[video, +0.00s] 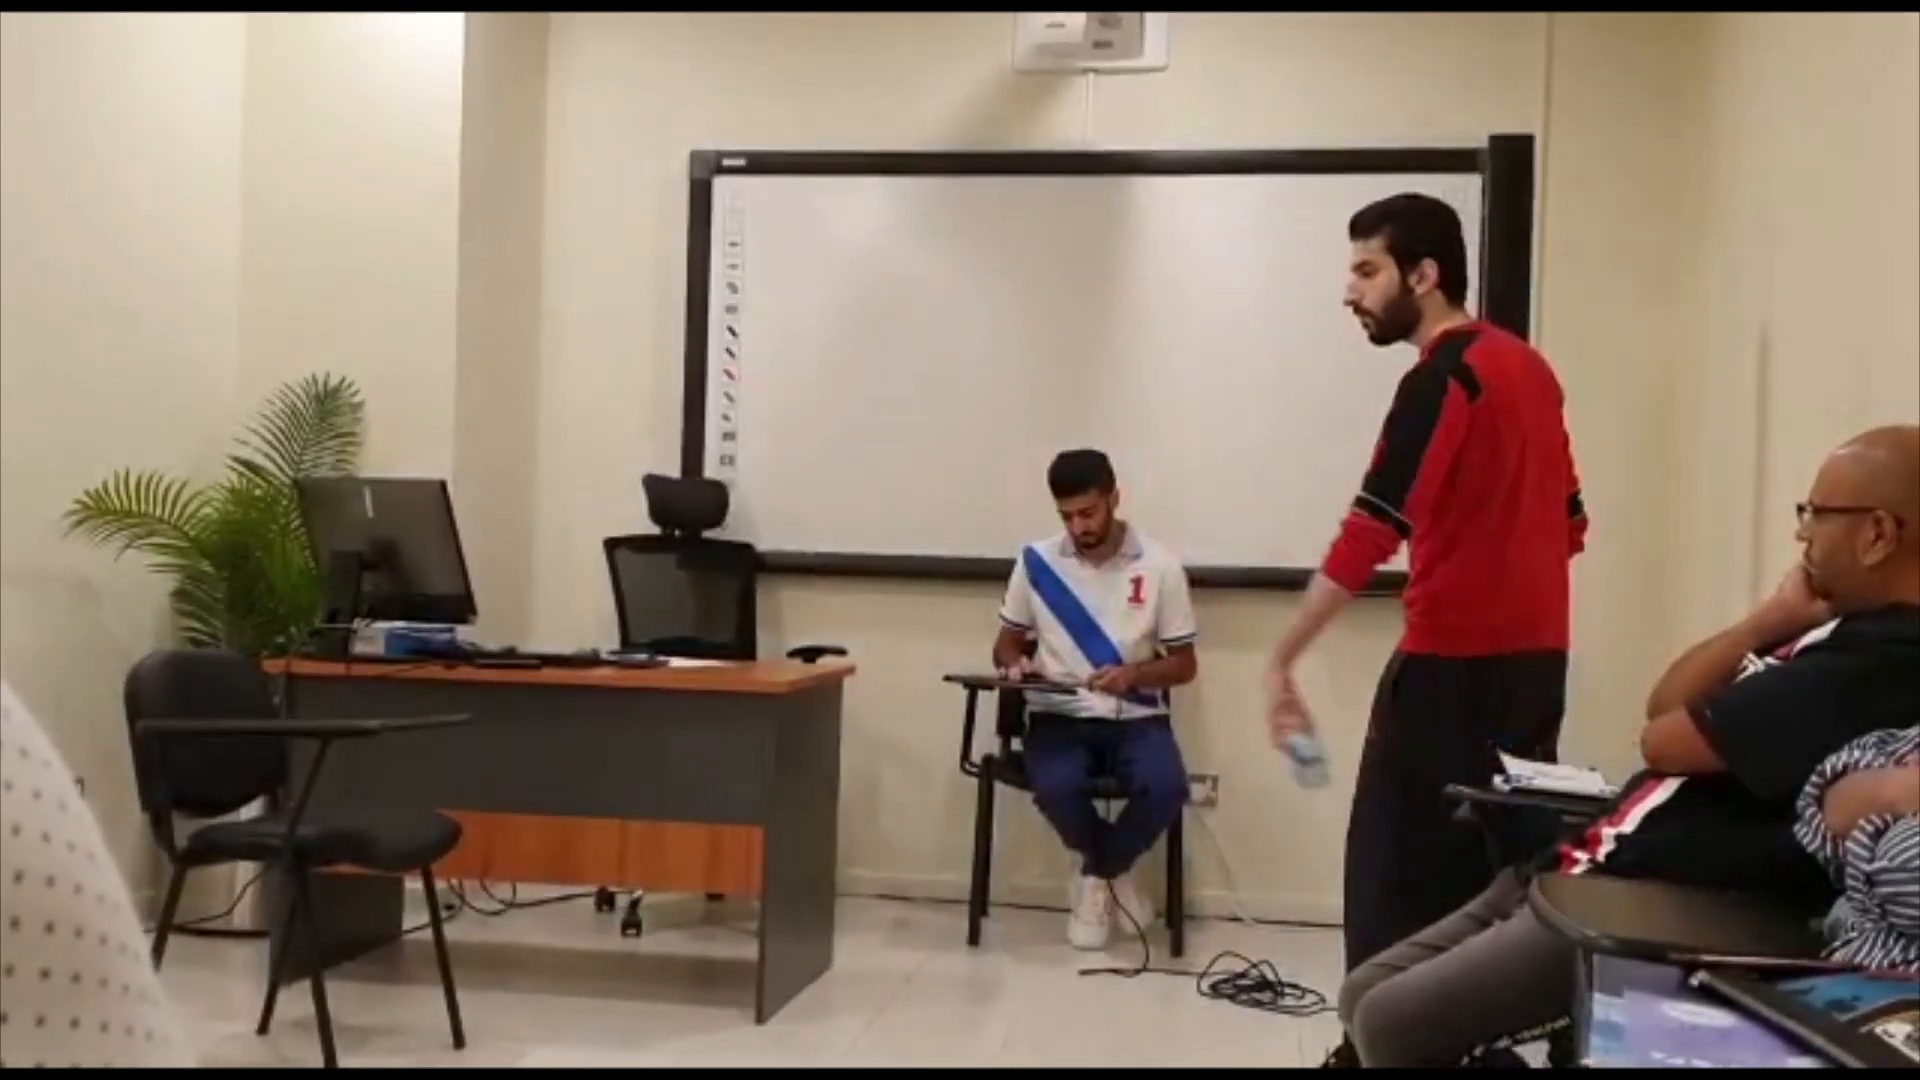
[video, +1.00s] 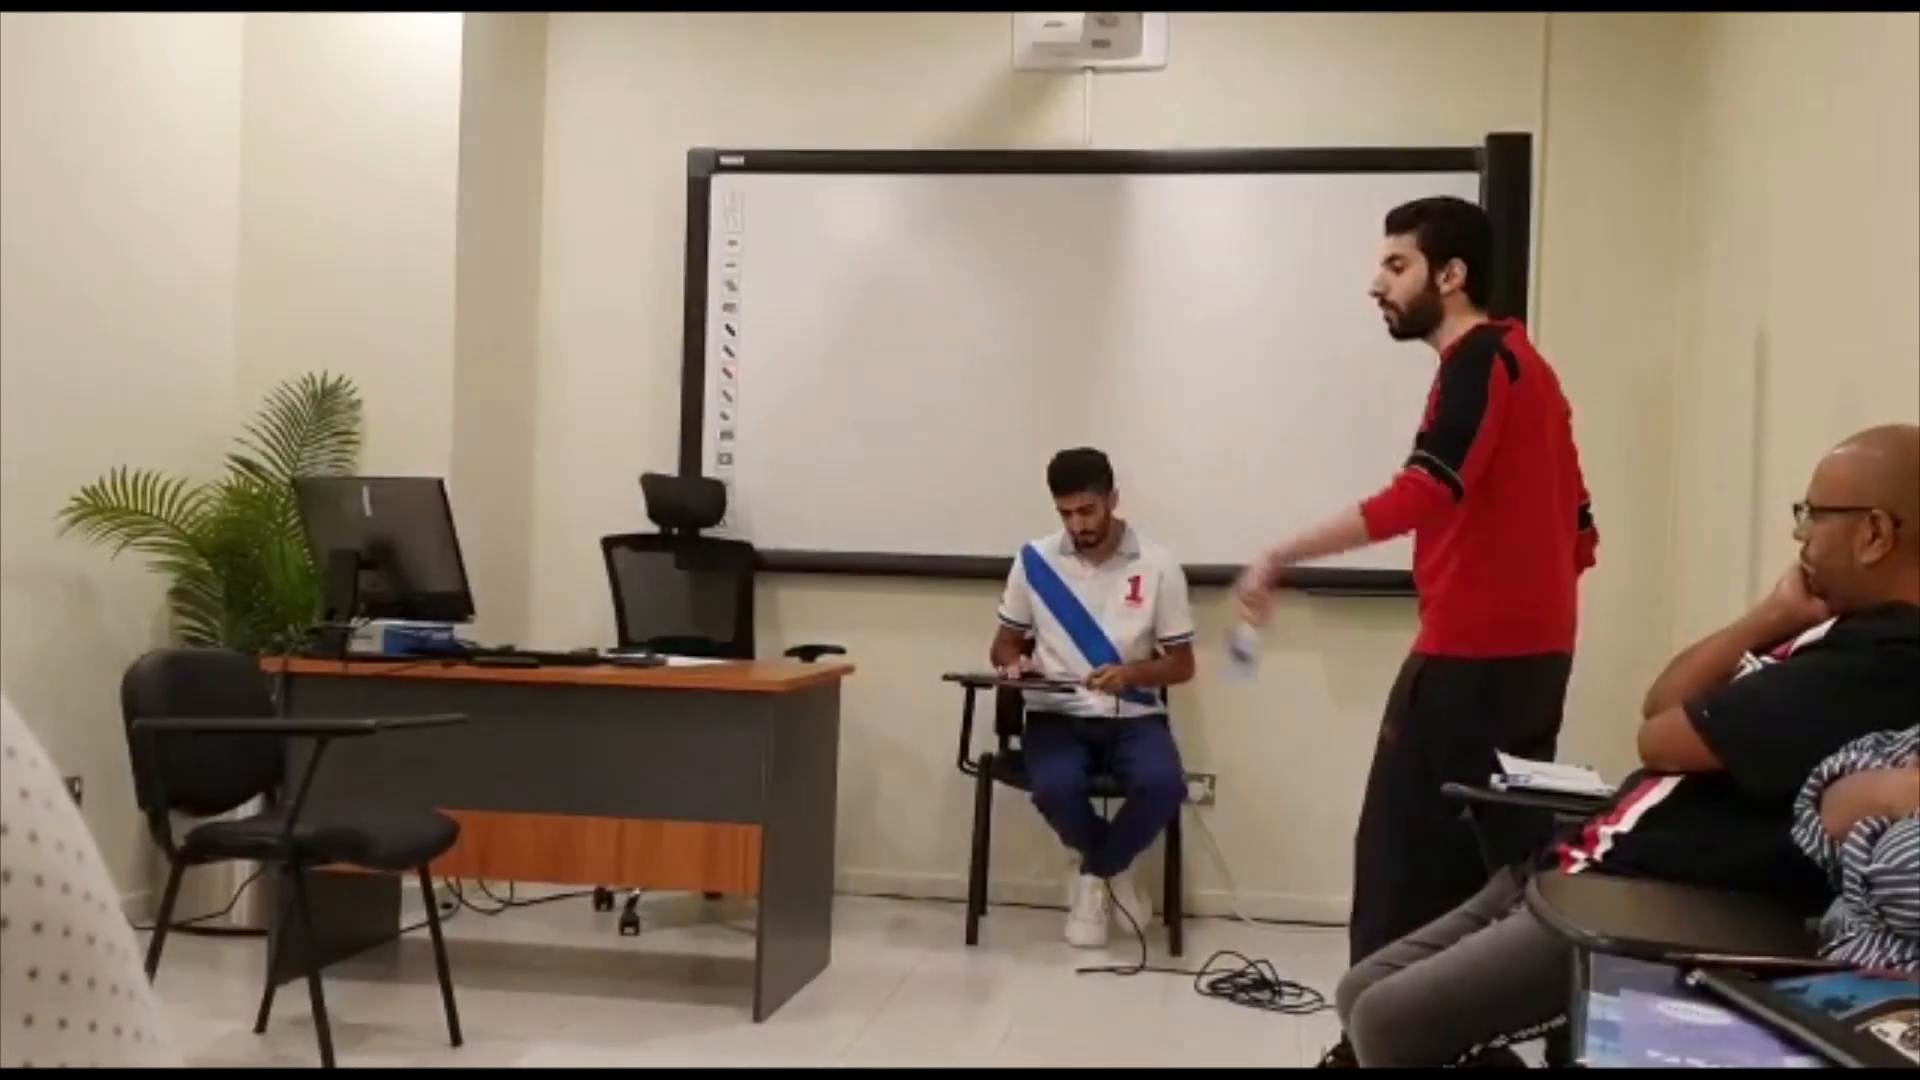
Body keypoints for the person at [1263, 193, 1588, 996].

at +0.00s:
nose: (1351, 293)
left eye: (1365, 272)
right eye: (1352, 273)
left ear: (1424, 274)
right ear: (1434, 277)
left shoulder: (1440, 374)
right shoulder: (1529, 365)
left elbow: (1372, 530)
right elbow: (1570, 527)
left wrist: (1282, 657)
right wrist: (1467, 580)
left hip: (1450, 665)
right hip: (1533, 664)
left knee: (1390, 863)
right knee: (1503, 861)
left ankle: (1388, 1041)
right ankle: (1490, 1035)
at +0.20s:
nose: (1364, 280)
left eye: (1381, 260)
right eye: (1368, 260)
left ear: (1440, 268)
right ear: (1446, 271)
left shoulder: (1446, 369)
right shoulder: (1533, 368)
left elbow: (1303, 447)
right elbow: (1562, 525)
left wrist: (1126, 465)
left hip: (1450, 662)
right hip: (1527, 662)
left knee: (1390, 860)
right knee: (1492, 862)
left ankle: (1386, 1045)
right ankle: (1484, 1042)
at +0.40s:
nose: (1371, 268)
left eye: (1390, 251)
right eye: (1376, 250)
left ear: (1447, 263)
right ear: (1453, 267)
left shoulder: (1440, 365)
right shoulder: (1534, 369)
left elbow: (1274, 403)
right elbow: (1562, 530)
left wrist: (1126, 333)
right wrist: (1469, 587)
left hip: (1441, 666)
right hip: (1524, 666)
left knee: (1387, 862)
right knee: (1494, 868)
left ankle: (1383, 1040)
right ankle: (1488, 1039)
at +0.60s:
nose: (1372, 266)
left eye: (1393, 250)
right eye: (1379, 248)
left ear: (1450, 264)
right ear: (1454, 268)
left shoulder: (1440, 364)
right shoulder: (1532, 368)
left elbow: (1277, 393)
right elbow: (1563, 532)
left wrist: (1140, 309)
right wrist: (1476, 591)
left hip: (1439, 660)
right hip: (1521, 660)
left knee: (1388, 861)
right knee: (1494, 862)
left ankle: (1379, 1038)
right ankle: (1485, 1037)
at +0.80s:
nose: (1375, 273)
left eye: (1394, 256)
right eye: (1380, 255)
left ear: (1452, 265)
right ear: (1456, 270)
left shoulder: (1459, 362)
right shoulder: (1532, 368)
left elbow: (1308, 426)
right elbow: (1565, 535)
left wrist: (1146, 376)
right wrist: (1480, 600)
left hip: (1448, 658)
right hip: (1521, 657)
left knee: (1389, 858)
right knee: (1492, 858)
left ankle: (1380, 1038)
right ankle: (1485, 1035)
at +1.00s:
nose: (1378, 284)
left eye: (1395, 265)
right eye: (1380, 267)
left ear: (1451, 276)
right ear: (1453, 281)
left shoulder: (1476, 358)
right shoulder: (1530, 367)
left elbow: (1425, 491)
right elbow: (1578, 537)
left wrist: (1284, 553)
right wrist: (1498, 601)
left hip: (1467, 649)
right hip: (1536, 650)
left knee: (1397, 840)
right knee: (1504, 841)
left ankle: (1382, 1042)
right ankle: (1482, 1036)